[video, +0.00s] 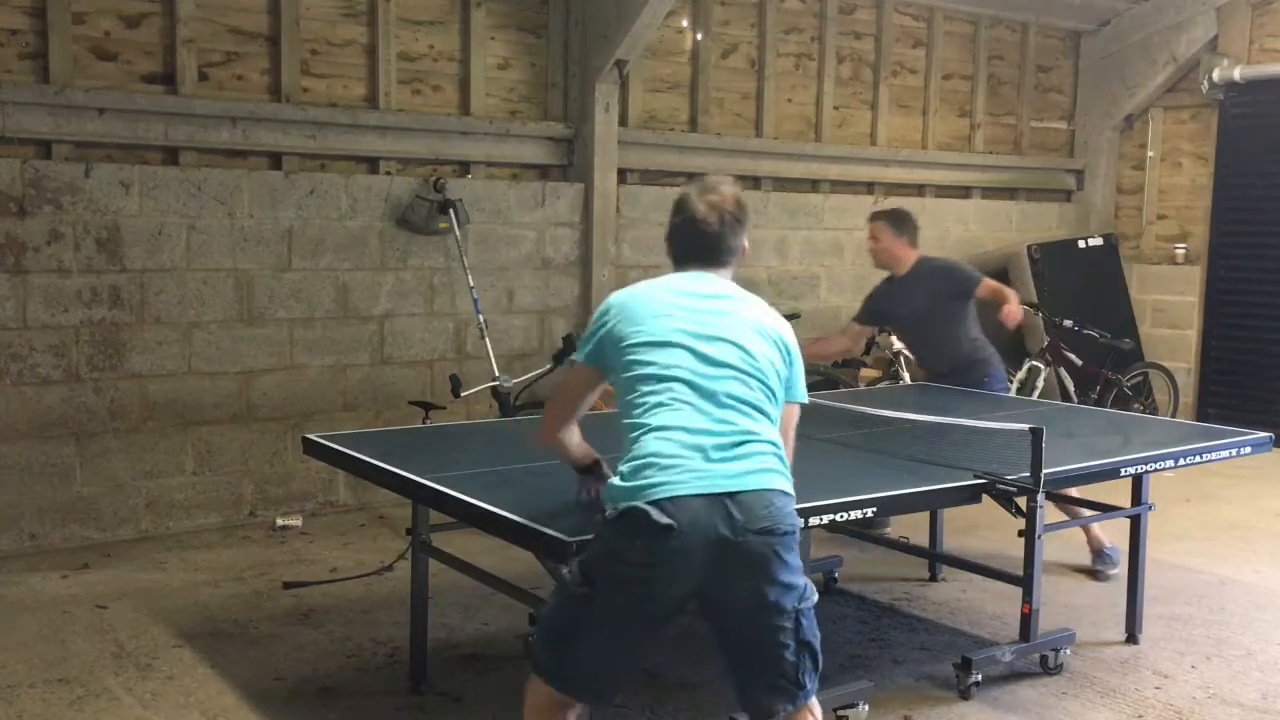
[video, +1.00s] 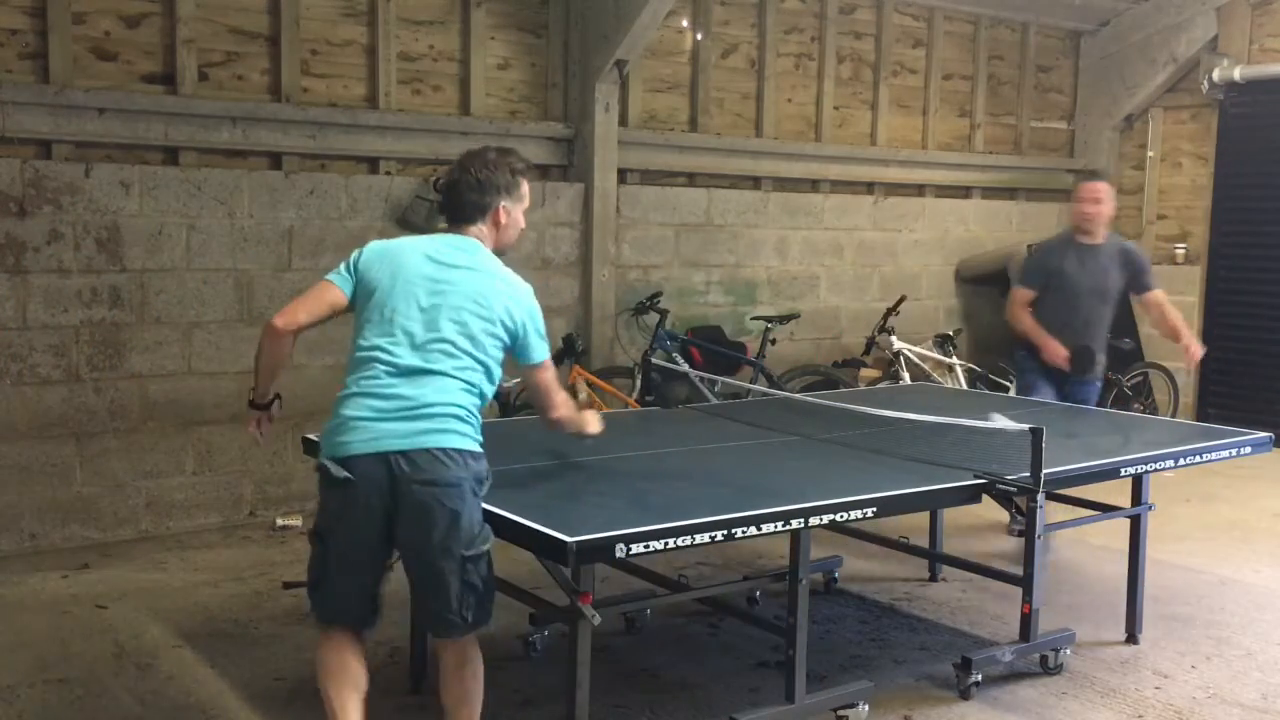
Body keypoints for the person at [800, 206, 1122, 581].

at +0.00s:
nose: (869, 246)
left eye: (875, 239)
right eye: (869, 239)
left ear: (901, 240)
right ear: (892, 241)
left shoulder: (944, 273)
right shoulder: (882, 297)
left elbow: (1002, 292)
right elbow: (847, 341)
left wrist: (1012, 305)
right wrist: (789, 351)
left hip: (984, 379)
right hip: (939, 387)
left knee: (1025, 460)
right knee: (898, 438)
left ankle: (1094, 536)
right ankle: (882, 508)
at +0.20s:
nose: (837, 251)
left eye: (841, 243)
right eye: (835, 244)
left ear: (867, 239)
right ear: (854, 243)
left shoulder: (909, 268)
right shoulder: (856, 298)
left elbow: (969, 290)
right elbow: (830, 345)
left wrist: (966, 317)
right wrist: (782, 362)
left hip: (962, 372)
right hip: (921, 382)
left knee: (991, 453)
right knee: (885, 436)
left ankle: (1053, 533)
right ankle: (881, 511)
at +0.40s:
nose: (850, 233)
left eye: (856, 224)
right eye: (846, 227)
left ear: (880, 223)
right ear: (847, 232)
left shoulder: (919, 254)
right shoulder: (859, 283)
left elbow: (975, 277)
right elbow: (832, 341)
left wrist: (980, 308)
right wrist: (802, 351)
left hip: (958, 365)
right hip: (916, 373)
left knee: (977, 447)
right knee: (882, 433)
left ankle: (1046, 516)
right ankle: (877, 513)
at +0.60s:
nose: (894, 223)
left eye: (902, 215)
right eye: (890, 217)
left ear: (923, 217)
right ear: (887, 224)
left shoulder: (957, 254)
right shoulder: (892, 276)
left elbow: (1012, 281)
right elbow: (871, 329)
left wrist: (1054, 307)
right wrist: (856, 342)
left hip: (978, 370)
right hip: (934, 374)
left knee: (987, 441)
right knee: (900, 435)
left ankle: (1038, 497)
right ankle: (879, 513)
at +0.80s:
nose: (979, 207)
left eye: (987, 198)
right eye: (973, 200)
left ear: (1007, 202)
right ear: (968, 207)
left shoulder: (1039, 244)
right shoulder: (963, 260)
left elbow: (1088, 277)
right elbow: (947, 313)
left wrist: (1137, 308)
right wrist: (957, 339)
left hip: (1027, 376)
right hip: (976, 375)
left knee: (1026, 448)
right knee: (936, 435)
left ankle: (1022, 512)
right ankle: (886, 506)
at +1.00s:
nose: (1088, 209)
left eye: (1097, 202)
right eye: (1082, 201)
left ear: (1113, 209)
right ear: (1072, 207)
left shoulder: (1126, 257)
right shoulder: (1048, 253)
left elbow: (1156, 305)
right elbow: (1016, 308)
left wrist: (1185, 337)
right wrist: (1046, 343)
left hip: (1087, 373)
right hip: (1040, 367)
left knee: (1072, 448)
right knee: (1036, 440)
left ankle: (1030, 508)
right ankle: (1025, 509)